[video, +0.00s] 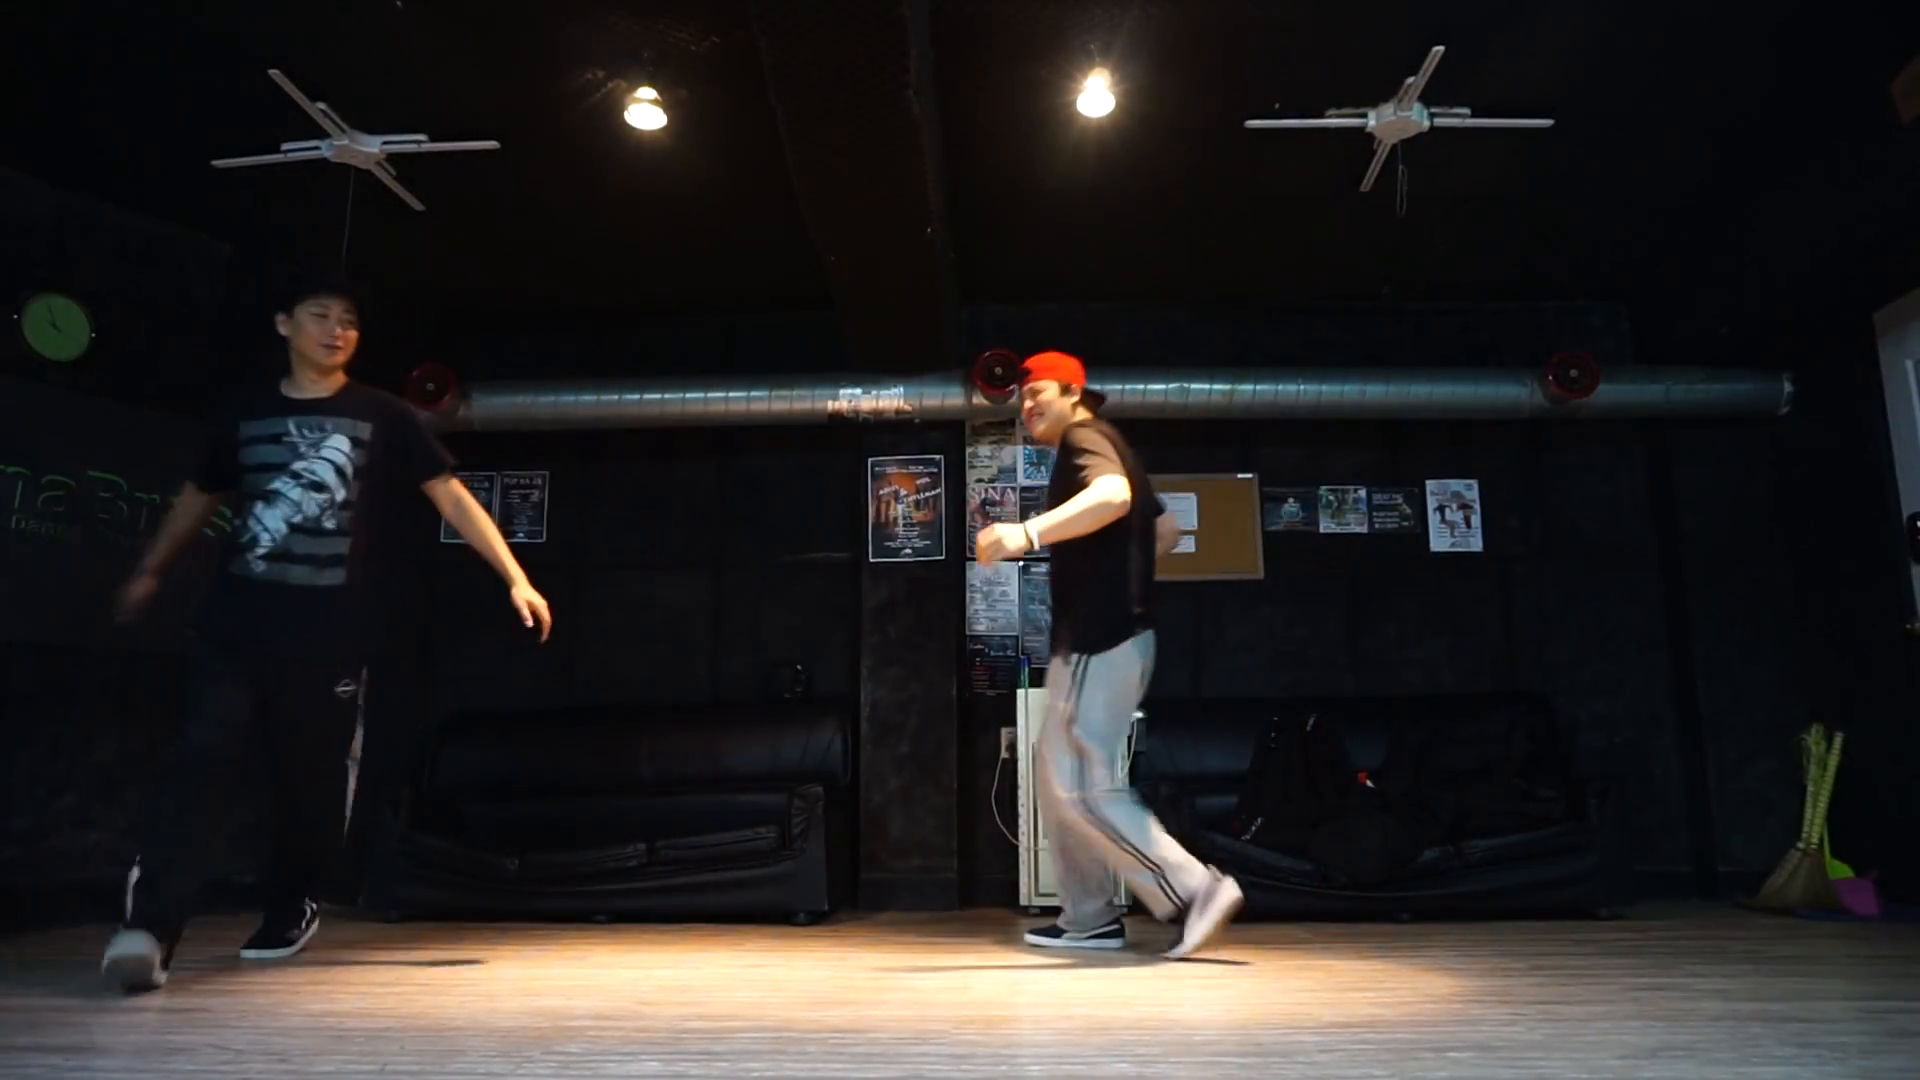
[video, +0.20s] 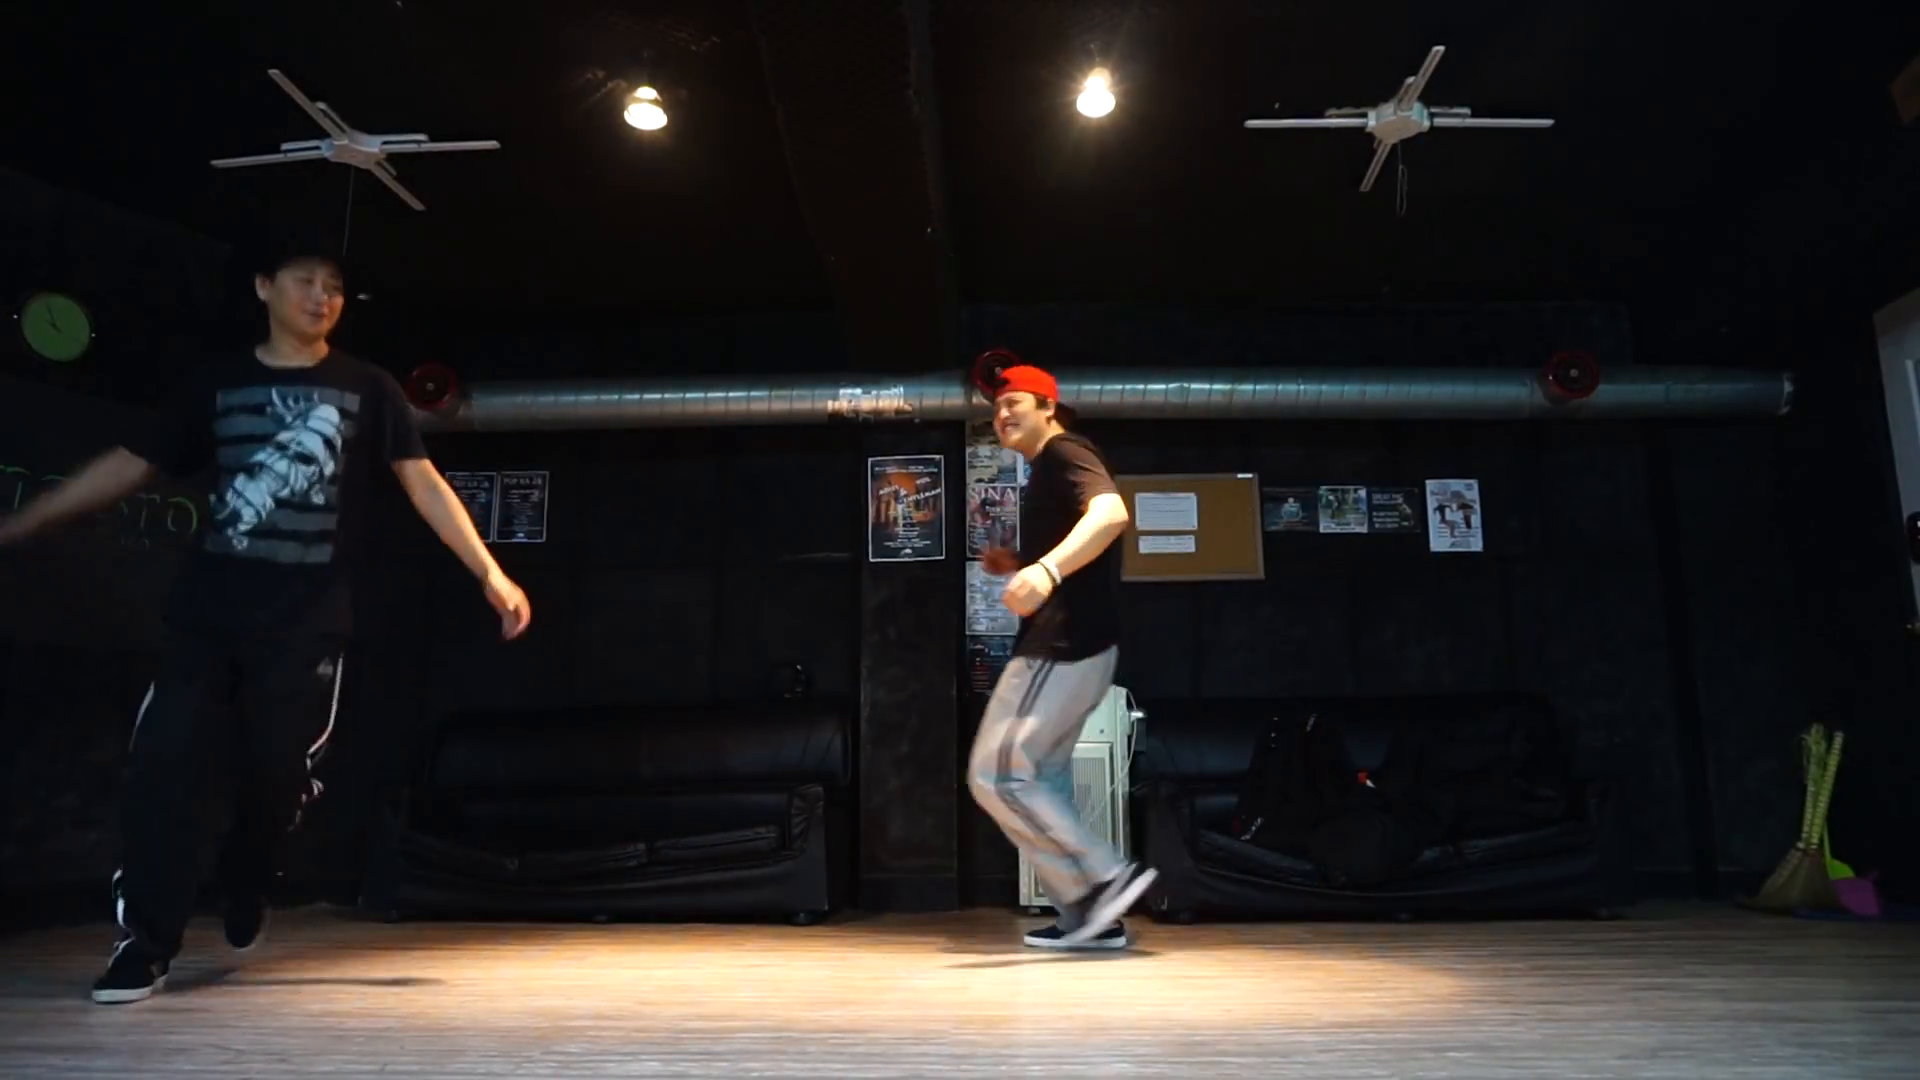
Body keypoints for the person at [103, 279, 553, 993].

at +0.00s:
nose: (336, 333)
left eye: (347, 324)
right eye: (321, 319)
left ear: (357, 339)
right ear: (286, 327)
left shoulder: (384, 417)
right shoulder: (244, 411)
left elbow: (452, 497)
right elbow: (196, 497)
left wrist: (515, 577)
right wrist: (148, 571)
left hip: (330, 623)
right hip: (242, 616)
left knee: (310, 768)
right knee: (201, 757)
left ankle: (292, 908)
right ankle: (147, 928)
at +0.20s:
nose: (320, 299)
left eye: (331, 289)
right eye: (305, 283)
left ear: (342, 305)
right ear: (266, 290)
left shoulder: (369, 391)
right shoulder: (216, 382)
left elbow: (426, 485)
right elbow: (130, 463)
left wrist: (490, 572)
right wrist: (26, 520)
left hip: (308, 612)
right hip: (211, 603)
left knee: (281, 772)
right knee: (166, 758)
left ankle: (250, 886)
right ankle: (145, 938)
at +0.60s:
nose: (432, 280)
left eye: (443, 269)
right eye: (421, 259)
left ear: (444, 282)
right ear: (371, 248)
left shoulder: (425, 381)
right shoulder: (289, 322)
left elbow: (432, 479)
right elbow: (288, 407)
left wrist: (459, 443)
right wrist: (414, 439)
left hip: (353, 599)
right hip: (249, 583)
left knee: (348, 775)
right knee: (190, 769)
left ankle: (338, 971)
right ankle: (135, 947)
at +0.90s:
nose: (569, 232)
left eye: (573, 217)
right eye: (558, 211)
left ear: (545, 219)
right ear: (507, 202)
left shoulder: (536, 333)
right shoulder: (426, 276)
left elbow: (546, 456)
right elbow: (379, 381)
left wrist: (565, 572)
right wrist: (376, 507)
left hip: (480, 556)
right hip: (407, 535)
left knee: (441, 751)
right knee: (405, 716)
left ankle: (351, 972)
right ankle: (265, 887)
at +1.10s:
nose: (670, 219)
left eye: (669, 203)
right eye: (656, 197)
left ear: (628, 204)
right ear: (605, 192)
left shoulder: (611, 314)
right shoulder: (534, 273)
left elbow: (598, 454)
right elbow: (432, 359)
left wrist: (605, 562)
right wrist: (328, 450)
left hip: (557, 560)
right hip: (512, 551)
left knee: (458, 757)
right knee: (571, 735)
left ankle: (349, 969)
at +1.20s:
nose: (735, 236)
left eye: (735, 221)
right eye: (724, 215)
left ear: (693, 222)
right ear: (673, 208)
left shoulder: (662, 320)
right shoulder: (595, 283)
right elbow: (481, 360)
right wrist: (371, 442)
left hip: (619, 568)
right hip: (585, 565)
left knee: (504, 758)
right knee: (654, 747)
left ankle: (361, 956)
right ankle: (759, 973)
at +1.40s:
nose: (865, 223)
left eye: (866, 207)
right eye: (857, 203)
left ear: (821, 202)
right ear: (816, 195)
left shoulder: (786, 302)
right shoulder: (735, 265)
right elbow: (663, 322)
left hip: (764, 554)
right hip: (730, 552)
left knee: (759, 757)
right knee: (791, 754)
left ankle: (549, 879)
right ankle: (787, 978)